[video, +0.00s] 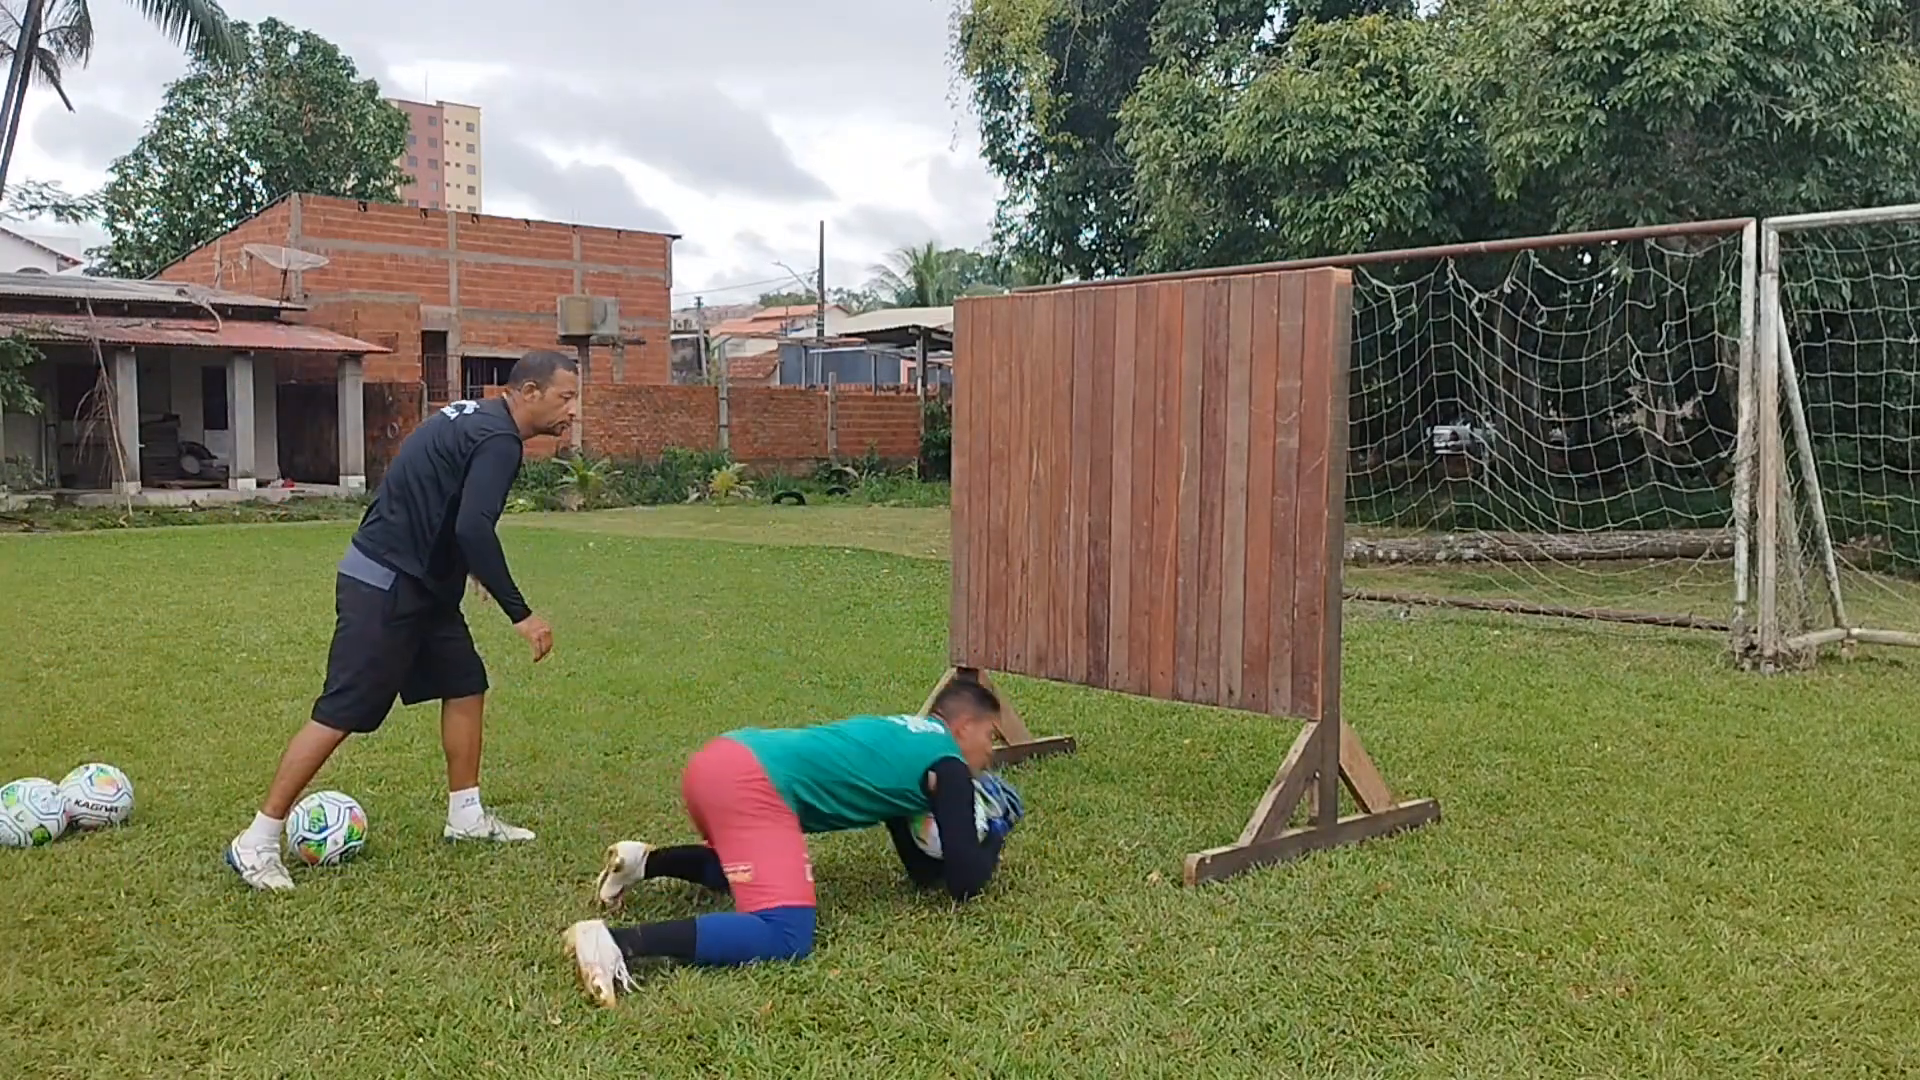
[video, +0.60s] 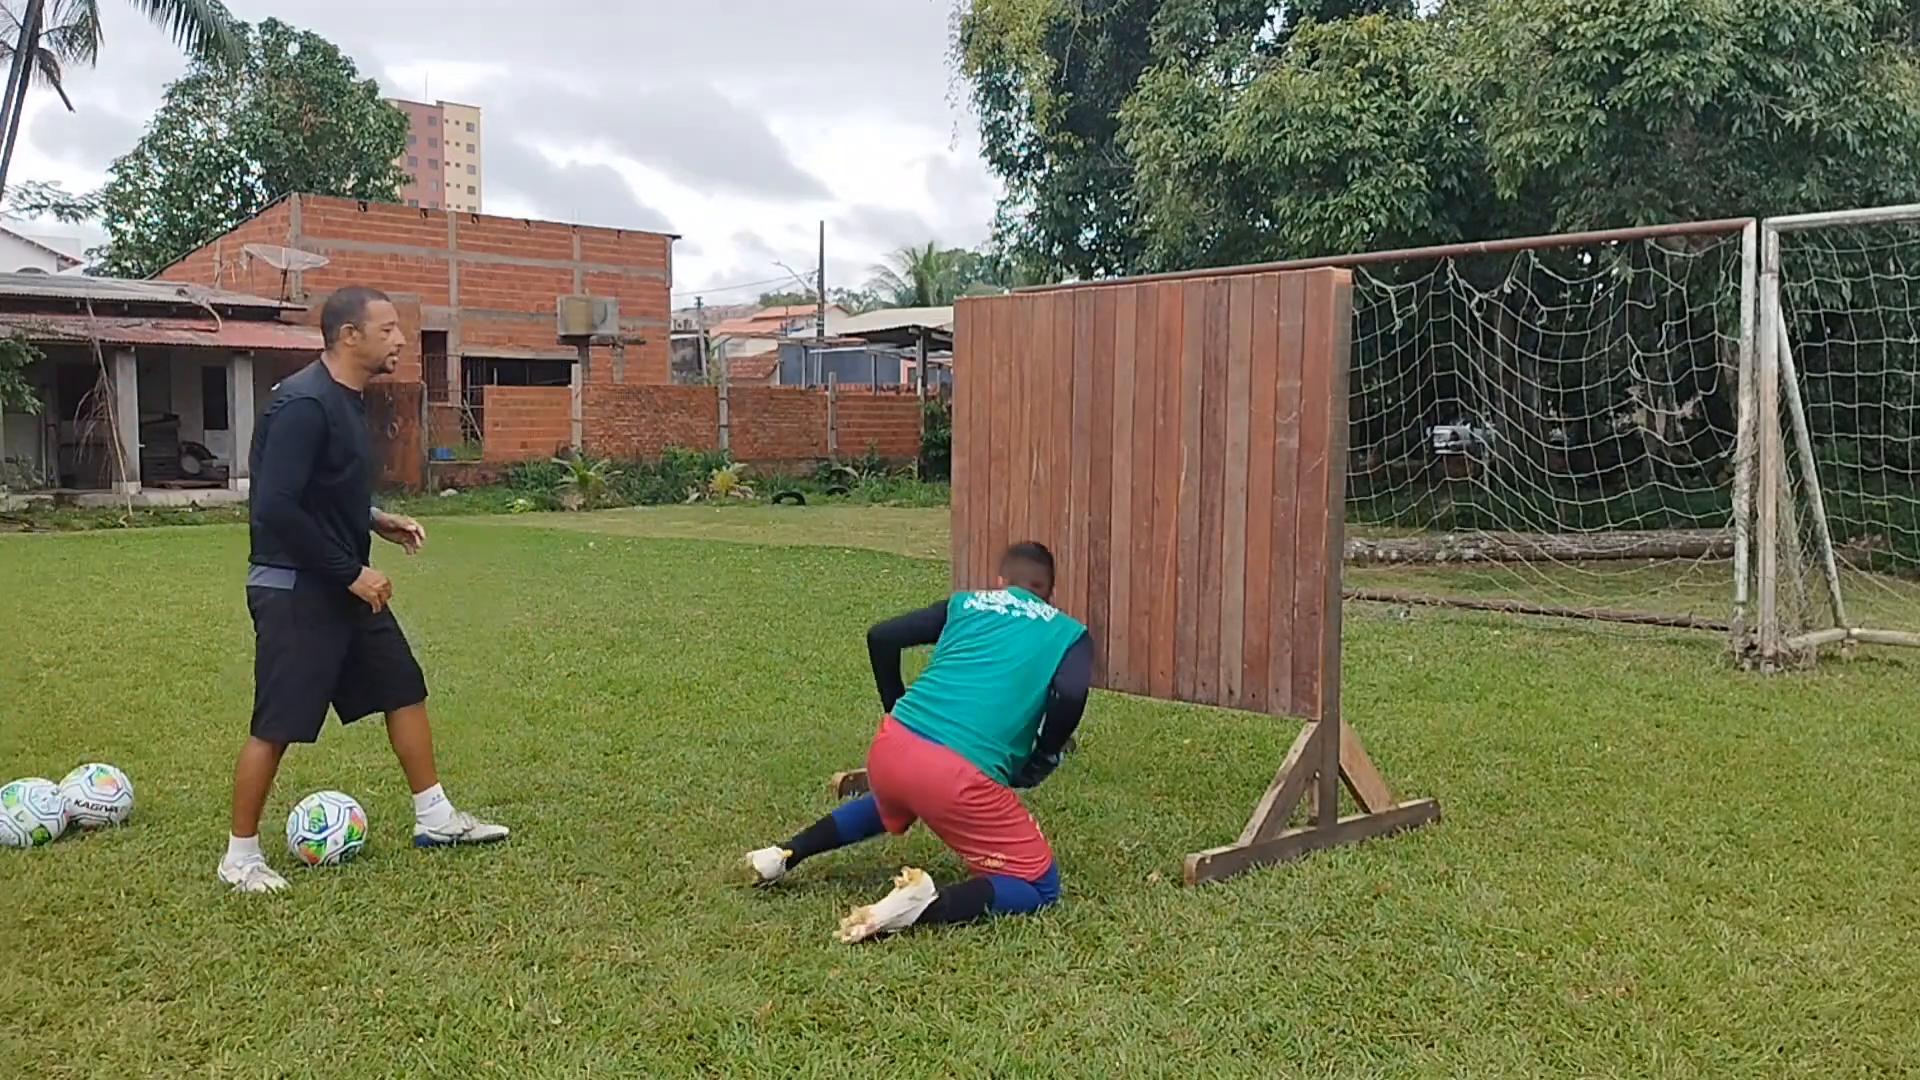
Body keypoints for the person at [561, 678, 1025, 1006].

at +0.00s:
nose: (992, 755)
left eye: (995, 743)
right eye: (993, 741)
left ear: (944, 718)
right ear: (968, 727)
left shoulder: (893, 743)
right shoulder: (945, 759)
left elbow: (924, 871)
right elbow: (967, 880)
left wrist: (970, 831)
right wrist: (997, 830)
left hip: (718, 761)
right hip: (749, 779)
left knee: (760, 875)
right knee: (786, 935)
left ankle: (643, 863)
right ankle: (615, 944)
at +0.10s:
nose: (1044, 810)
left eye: (1050, 803)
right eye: (1050, 799)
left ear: (1016, 755)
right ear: (1040, 777)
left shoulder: (966, 766)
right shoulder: (1016, 786)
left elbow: (943, 873)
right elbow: (981, 889)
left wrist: (993, 863)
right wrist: (1022, 881)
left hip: (802, 741)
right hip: (842, 761)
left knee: (769, 865)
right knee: (832, 925)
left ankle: (645, 856)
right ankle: (666, 900)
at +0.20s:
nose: (1076, 819)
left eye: (1085, 813)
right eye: (1085, 808)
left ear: (1049, 761)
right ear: (1072, 778)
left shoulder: (1002, 755)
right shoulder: (1050, 786)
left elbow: (942, 838)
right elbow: (993, 879)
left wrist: (996, 857)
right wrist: (1034, 882)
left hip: (842, 731)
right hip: (889, 754)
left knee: (816, 858)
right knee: (940, 913)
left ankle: (693, 853)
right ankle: (787, 902)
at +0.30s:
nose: (1081, 799)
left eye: (1088, 794)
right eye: (1087, 789)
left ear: (1056, 743)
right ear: (1078, 766)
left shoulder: (1007, 735)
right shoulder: (1061, 772)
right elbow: (1007, 835)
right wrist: (937, 860)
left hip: (850, 759)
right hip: (902, 773)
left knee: (892, 857)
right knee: (1020, 883)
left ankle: (777, 865)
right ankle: (887, 905)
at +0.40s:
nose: (1088, 720)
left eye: (1090, 713)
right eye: (1091, 712)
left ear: (1041, 687)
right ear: (1083, 707)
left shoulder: (993, 697)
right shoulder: (1074, 743)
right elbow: (1012, 813)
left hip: (865, 783)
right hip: (926, 812)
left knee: (892, 855)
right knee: (1039, 885)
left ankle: (788, 866)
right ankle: (924, 901)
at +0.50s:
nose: (1079, 651)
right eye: (1083, 645)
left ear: (1033, 626)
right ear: (1079, 644)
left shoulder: (988, 649)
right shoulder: (1083, 687)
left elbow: (943, 719)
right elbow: (1045, 769)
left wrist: (871, 775)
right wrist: (1043, 803)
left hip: (881, 759)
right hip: (942, 789)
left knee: (896, 856)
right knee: (1037, 889)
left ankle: (771, 864)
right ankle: (919, 905)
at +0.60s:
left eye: (999, 580)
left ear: (998, 580)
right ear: (1051, 591)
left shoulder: (965, 603)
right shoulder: (1071, 634)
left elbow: (882, 636)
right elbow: (1071, 693)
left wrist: (897, 709)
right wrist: (1045, 757)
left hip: (892, 749)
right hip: (959, 781)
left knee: (887, 806)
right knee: (1039, 888)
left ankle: (784, 855)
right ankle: (926, 904)